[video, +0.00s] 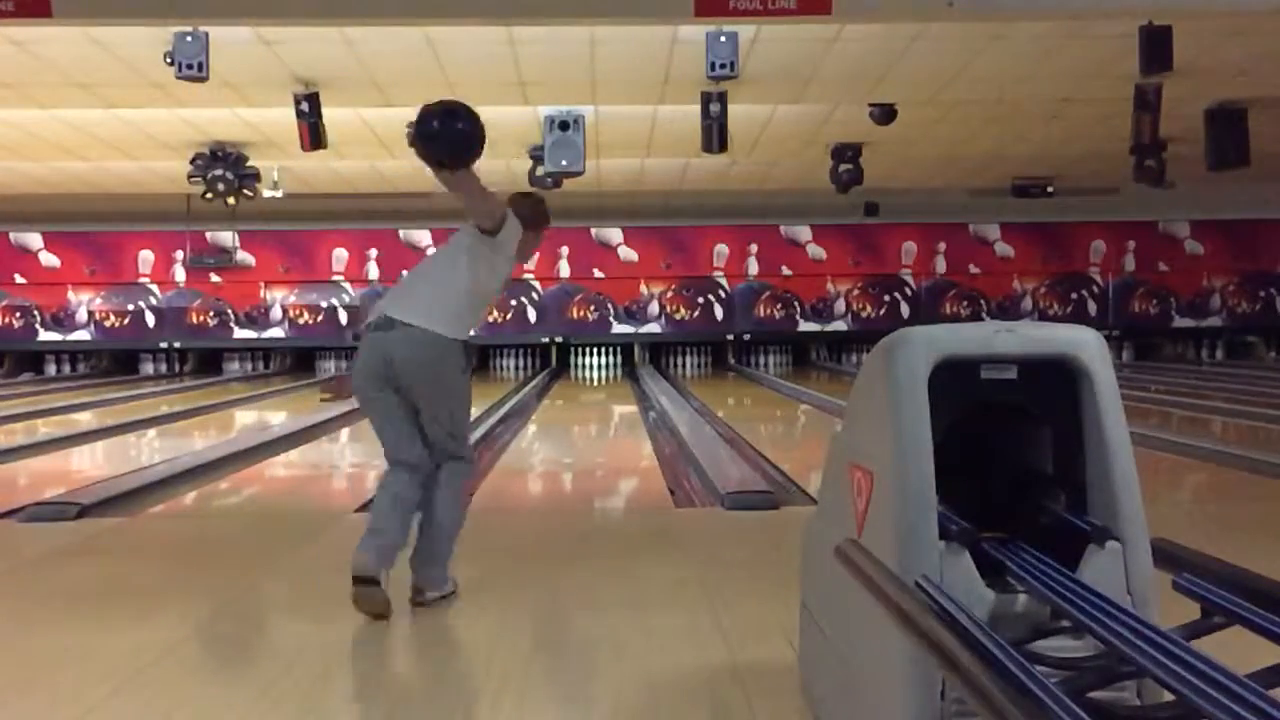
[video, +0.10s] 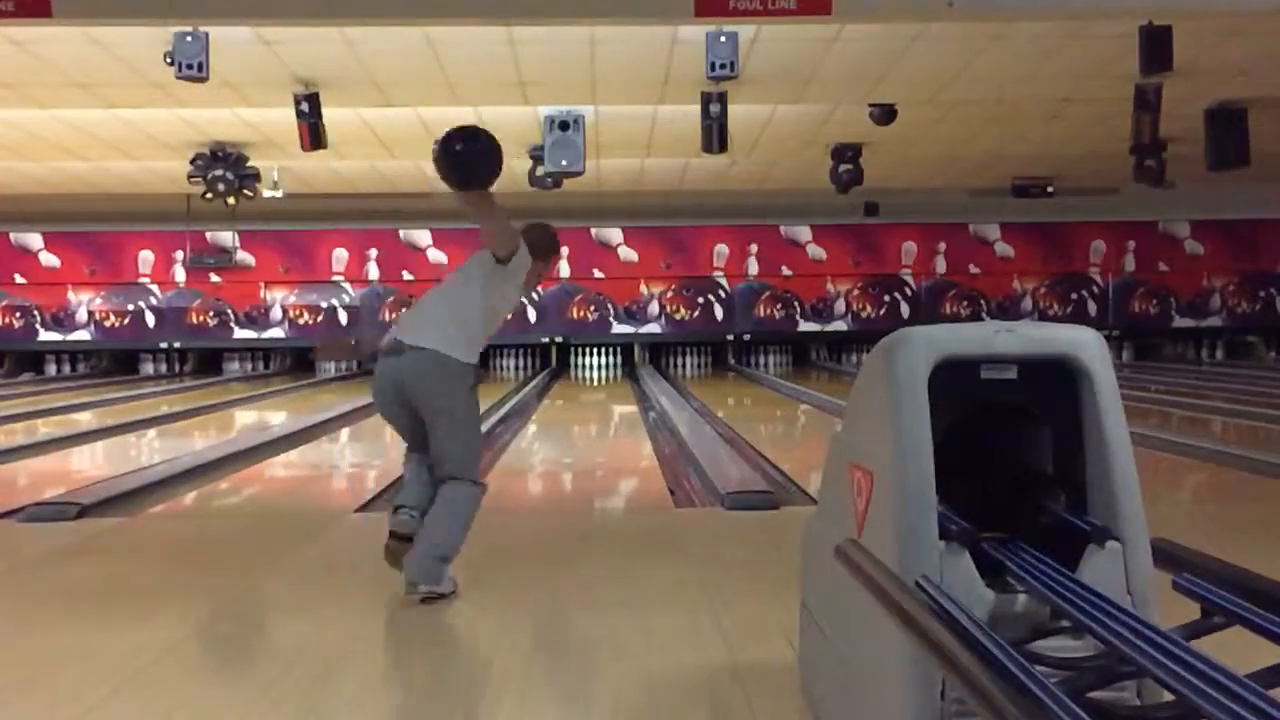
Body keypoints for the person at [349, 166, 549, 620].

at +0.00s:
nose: (534, 252)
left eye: (537, 244)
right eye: (536, 242)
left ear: (509, 217)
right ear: (530, 231)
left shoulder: (464, 249)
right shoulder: (506, 232)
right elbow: (477, 197)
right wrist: (445, 157)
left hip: (372, 348)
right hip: (429, 347)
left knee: (408, 464)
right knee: (453, 459)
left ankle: (370, 564)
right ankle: (430, 580)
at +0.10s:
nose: (544, 278)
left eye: (548, 271)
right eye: (548, 268)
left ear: (524, 247)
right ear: (543, 259)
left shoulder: (479, 271)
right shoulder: (513, 261)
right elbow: (494, 222)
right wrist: (467, 183)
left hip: (389, 366)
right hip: (440, 369)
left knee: (421, 451)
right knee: (460, 479)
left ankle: (405, 520)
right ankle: (426, 574)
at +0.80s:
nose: (583, 241)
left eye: (576, 233)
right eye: (583, 236)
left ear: (552, 233)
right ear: (582, 239)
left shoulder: (526, 251)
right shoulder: (575, 259)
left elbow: (485, 241)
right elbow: (611, 232)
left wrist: (460, 229)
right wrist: (578, 194)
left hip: (474, 334)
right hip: (484, 334)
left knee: (510, 417)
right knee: (420, 399)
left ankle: (516, 506)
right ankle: (371, 335)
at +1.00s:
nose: (587, 228)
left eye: (584, 221)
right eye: (588, 222)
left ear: (557, 213)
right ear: (585, 220)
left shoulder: (529, 231)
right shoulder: (585, 246)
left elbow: (482, 229)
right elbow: (623, 247)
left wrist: (435, 230)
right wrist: (633, 234)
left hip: (485, 331)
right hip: (489, 326)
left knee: (508, 418)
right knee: (434, 398)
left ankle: (510, 503)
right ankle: (384, 335)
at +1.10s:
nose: (587, 229)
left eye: (582, 222)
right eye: (587, 224)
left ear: (555, 214)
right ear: (584, 222)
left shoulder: (526, 232)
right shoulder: (577, 246)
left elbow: (477, 230)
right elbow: (620, 263)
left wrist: (426, 235)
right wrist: (650, 264)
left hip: (486, 330)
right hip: (489, 329)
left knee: (511, 415)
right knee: (442, 405)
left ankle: (505, 500)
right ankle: (374, 364)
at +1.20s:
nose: (583, 226)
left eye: (578, 218)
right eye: (584, 220)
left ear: (553, 211)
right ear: (581, 220)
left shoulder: (524, 231)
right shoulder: (573, 248)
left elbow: (475, 230)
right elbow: (617, 281)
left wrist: (422, 238)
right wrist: (645, 292)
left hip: (499, 343)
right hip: (483, 331)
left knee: (513, 417)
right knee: (449, 413)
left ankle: (505, 501)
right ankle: (361, 395)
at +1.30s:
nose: (584, 224)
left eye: (579, 217)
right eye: (584, 218)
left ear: (553, 211)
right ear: (581, 218)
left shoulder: (522, 230)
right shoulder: (574, 249)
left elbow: (471, 231)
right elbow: (612, 291)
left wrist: (418, 243)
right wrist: (640, 314)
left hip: (495, 340)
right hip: (485, 335)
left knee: (514, 419)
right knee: (454, 415)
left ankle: (505, 502)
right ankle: (361, 423)